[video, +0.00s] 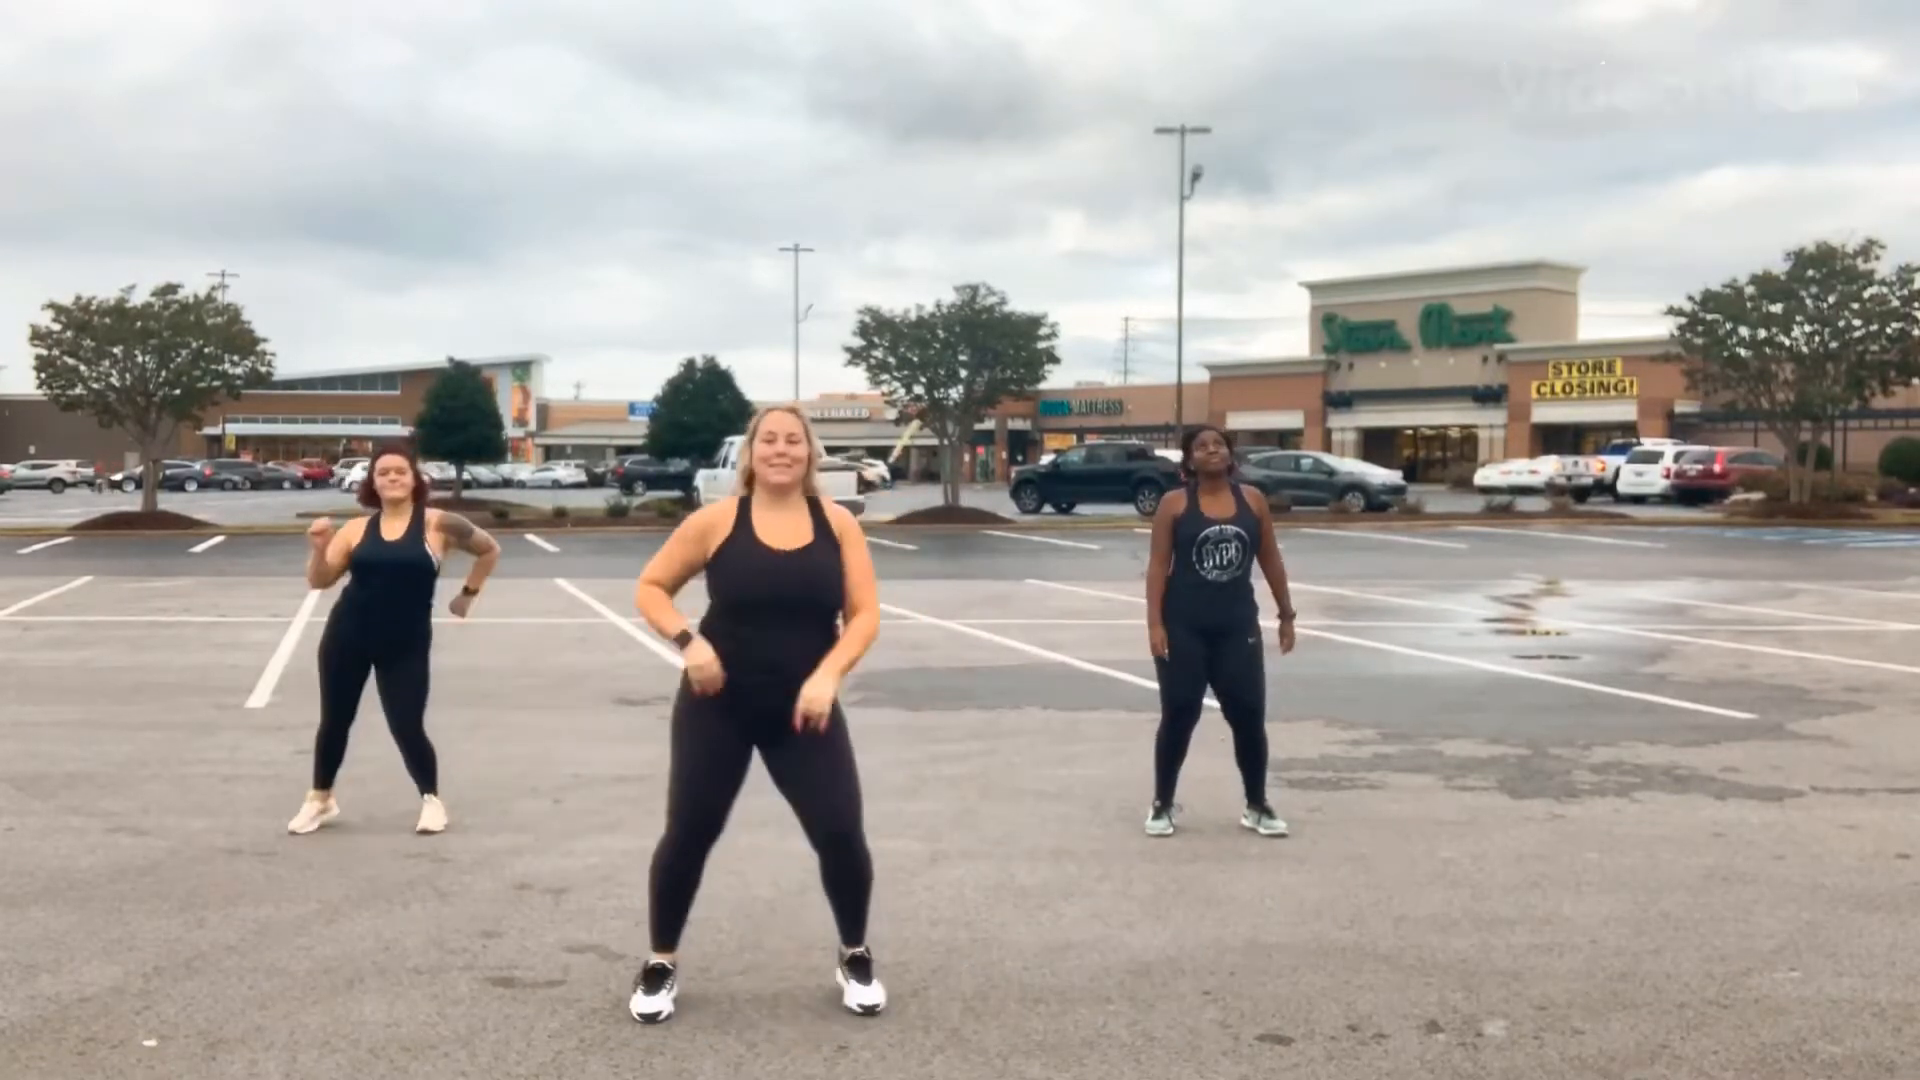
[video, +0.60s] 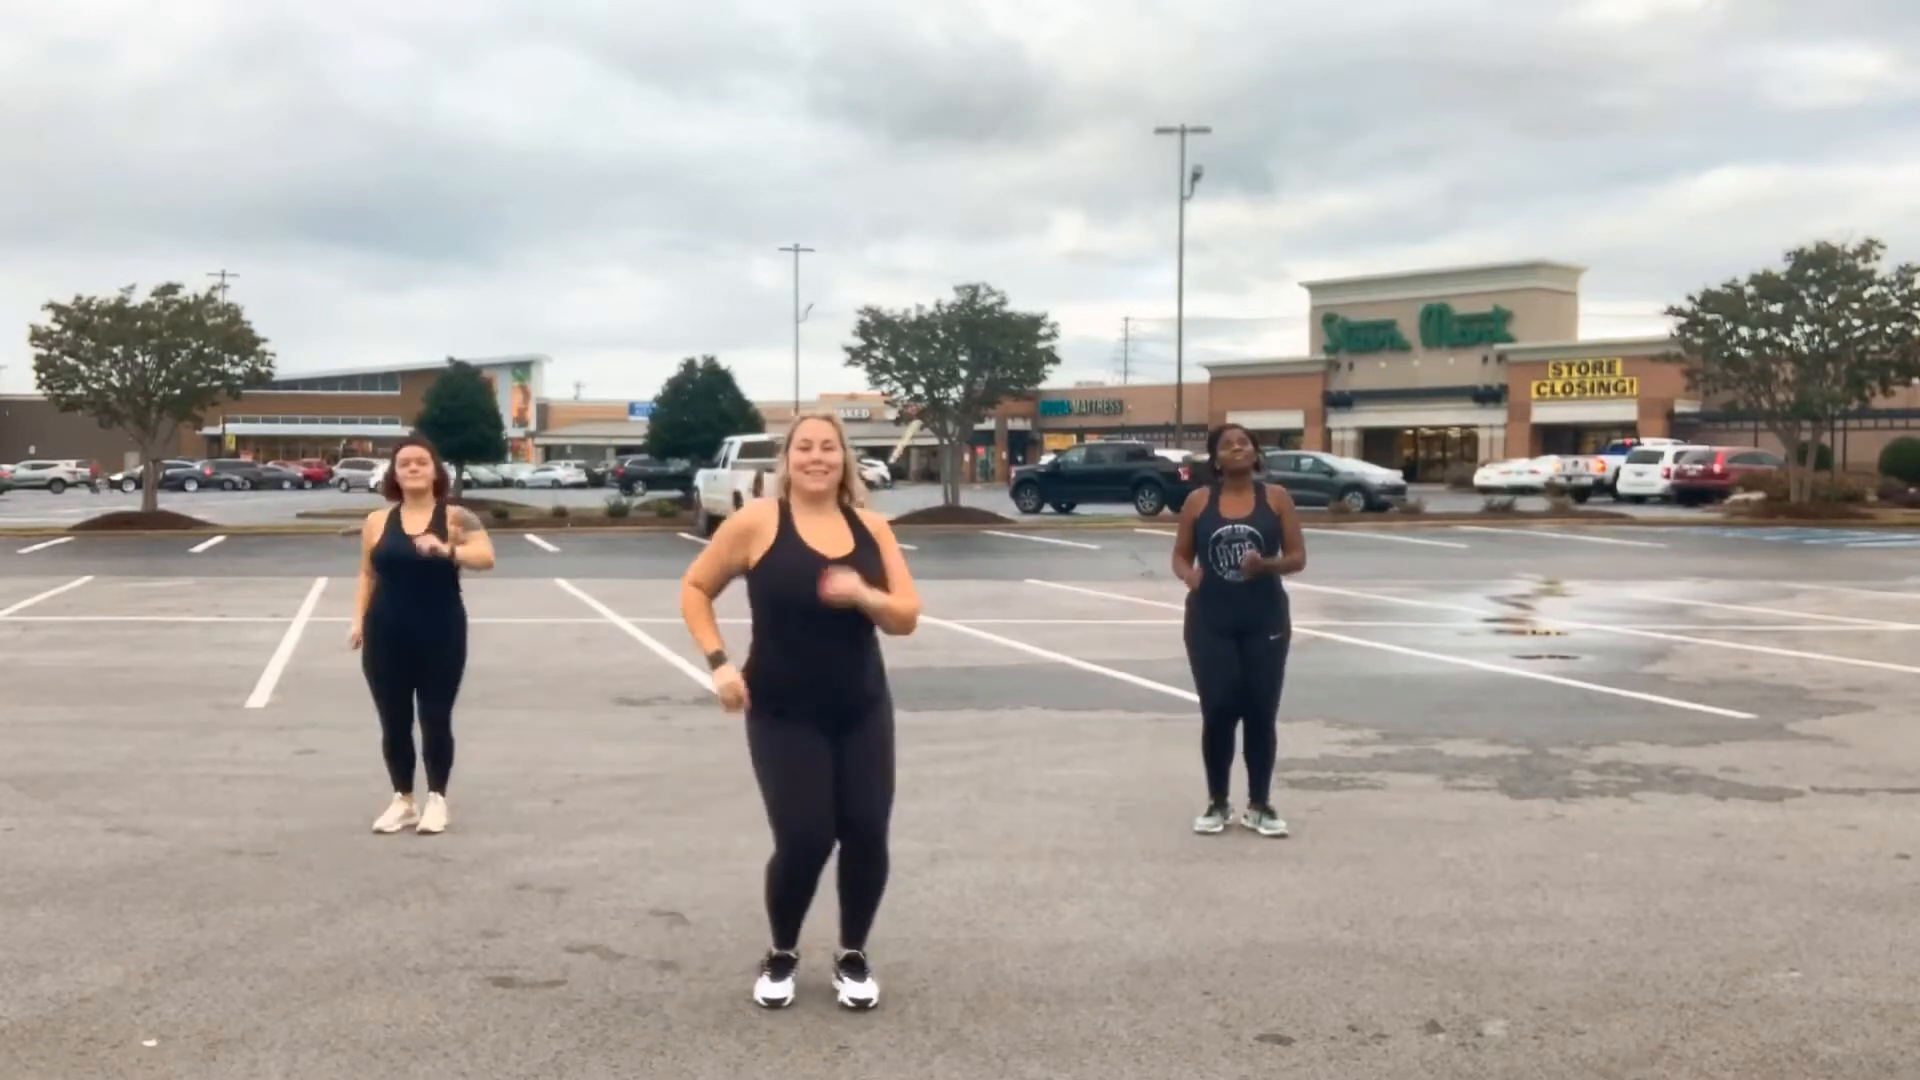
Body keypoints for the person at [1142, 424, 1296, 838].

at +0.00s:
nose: (1213, 452)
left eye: (1219, 446)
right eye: (1203, 447)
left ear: (1230, 455)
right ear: (1189, 460)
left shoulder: (1251, 499)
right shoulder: (1174, 502)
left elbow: (1270, 558)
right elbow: (1159, 566)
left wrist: (1285, 611)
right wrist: (1155, 624)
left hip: (1237, 628)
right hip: (1183, 629)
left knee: (1250, 719)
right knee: (1179, 716)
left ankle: (1258, 806)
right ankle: (1162, 806)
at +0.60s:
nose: (1236, 450)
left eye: (1243, 444)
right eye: (1227, 446)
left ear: (1255, 453)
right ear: (1215, 458)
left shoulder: (1275, 497)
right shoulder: (1199, 501)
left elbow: (1297, 558)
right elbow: (1180, 557)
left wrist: (1266, 565)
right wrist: (1190, 574)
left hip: (1265, 624)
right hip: (1210, 624)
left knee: (1261, 715)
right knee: (1219, 713)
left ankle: (1259, 806)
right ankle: (1217, 805)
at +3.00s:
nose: (1182, 478)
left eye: (1190, 472)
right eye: (1178, 471)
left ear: (1212, 470)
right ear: (1172, 470)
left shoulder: (1234, 505)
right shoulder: (1159, 503)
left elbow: (1260, 566)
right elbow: (1142, 559)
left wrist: (1243, 550)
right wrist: (1172, 512)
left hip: (1229, 628)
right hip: (1172, 629)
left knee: (1237, 720)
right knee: (1156, 716)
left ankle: (1243, 803)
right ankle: (1125, 800)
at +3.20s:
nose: (1183, 478)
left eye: (1191, 471)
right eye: (1178, 470)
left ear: (1214, 470)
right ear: (1174, 469)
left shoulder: (1236, 505)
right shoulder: (1160, 504)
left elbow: (1259, 567)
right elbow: (1146, 560)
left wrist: (1244, 550)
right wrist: (1176, 513)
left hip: (1232, 628)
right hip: (1176, 628)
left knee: (1243, 719)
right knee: (1159, 715)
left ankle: (1243, 803)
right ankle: (1124, 798)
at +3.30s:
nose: (1182, 477)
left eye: (1190, 470)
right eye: (1177, 470)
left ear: (1213, 469)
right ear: (1172, 470)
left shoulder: (1235, 503)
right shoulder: (1159, 504)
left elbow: (1257, 565)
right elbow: (1147, 560)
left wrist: (1243, 548)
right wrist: (1177, 513)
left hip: (1227, 627)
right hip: (1172, 627)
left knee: (1241, 718)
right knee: (1160, 714)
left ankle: (1243, 802)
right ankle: (1123, 798)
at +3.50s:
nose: (1175, 476)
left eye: (1183, 469)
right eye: (1170, 469)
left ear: (1204, 468)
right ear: (1164, 469)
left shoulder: (1224, 502)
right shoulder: (1153, 502)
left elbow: (1243, 564)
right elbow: (1141, 558)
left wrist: (1237, 549)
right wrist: (1170, 512)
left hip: (1210, 626)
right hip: (1156, 626)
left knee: (1235, 715)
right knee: (1148, 715)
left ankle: (1242, 802)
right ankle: (1122, 799)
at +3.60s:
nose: (1171, 476)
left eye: (1180, 469)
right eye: (1166, 469)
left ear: (1200, 468)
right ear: (1160, 469)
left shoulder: (1219, 502)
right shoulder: (1150, 501)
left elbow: (1235, 565)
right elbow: (1136, 558)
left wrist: (1232, 554)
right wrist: (1167, 514)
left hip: (1203, 627)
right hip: (1148, 626)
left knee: (1232, 712)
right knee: (1145, 714)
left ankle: (1242, 802)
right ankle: (1121, 800)